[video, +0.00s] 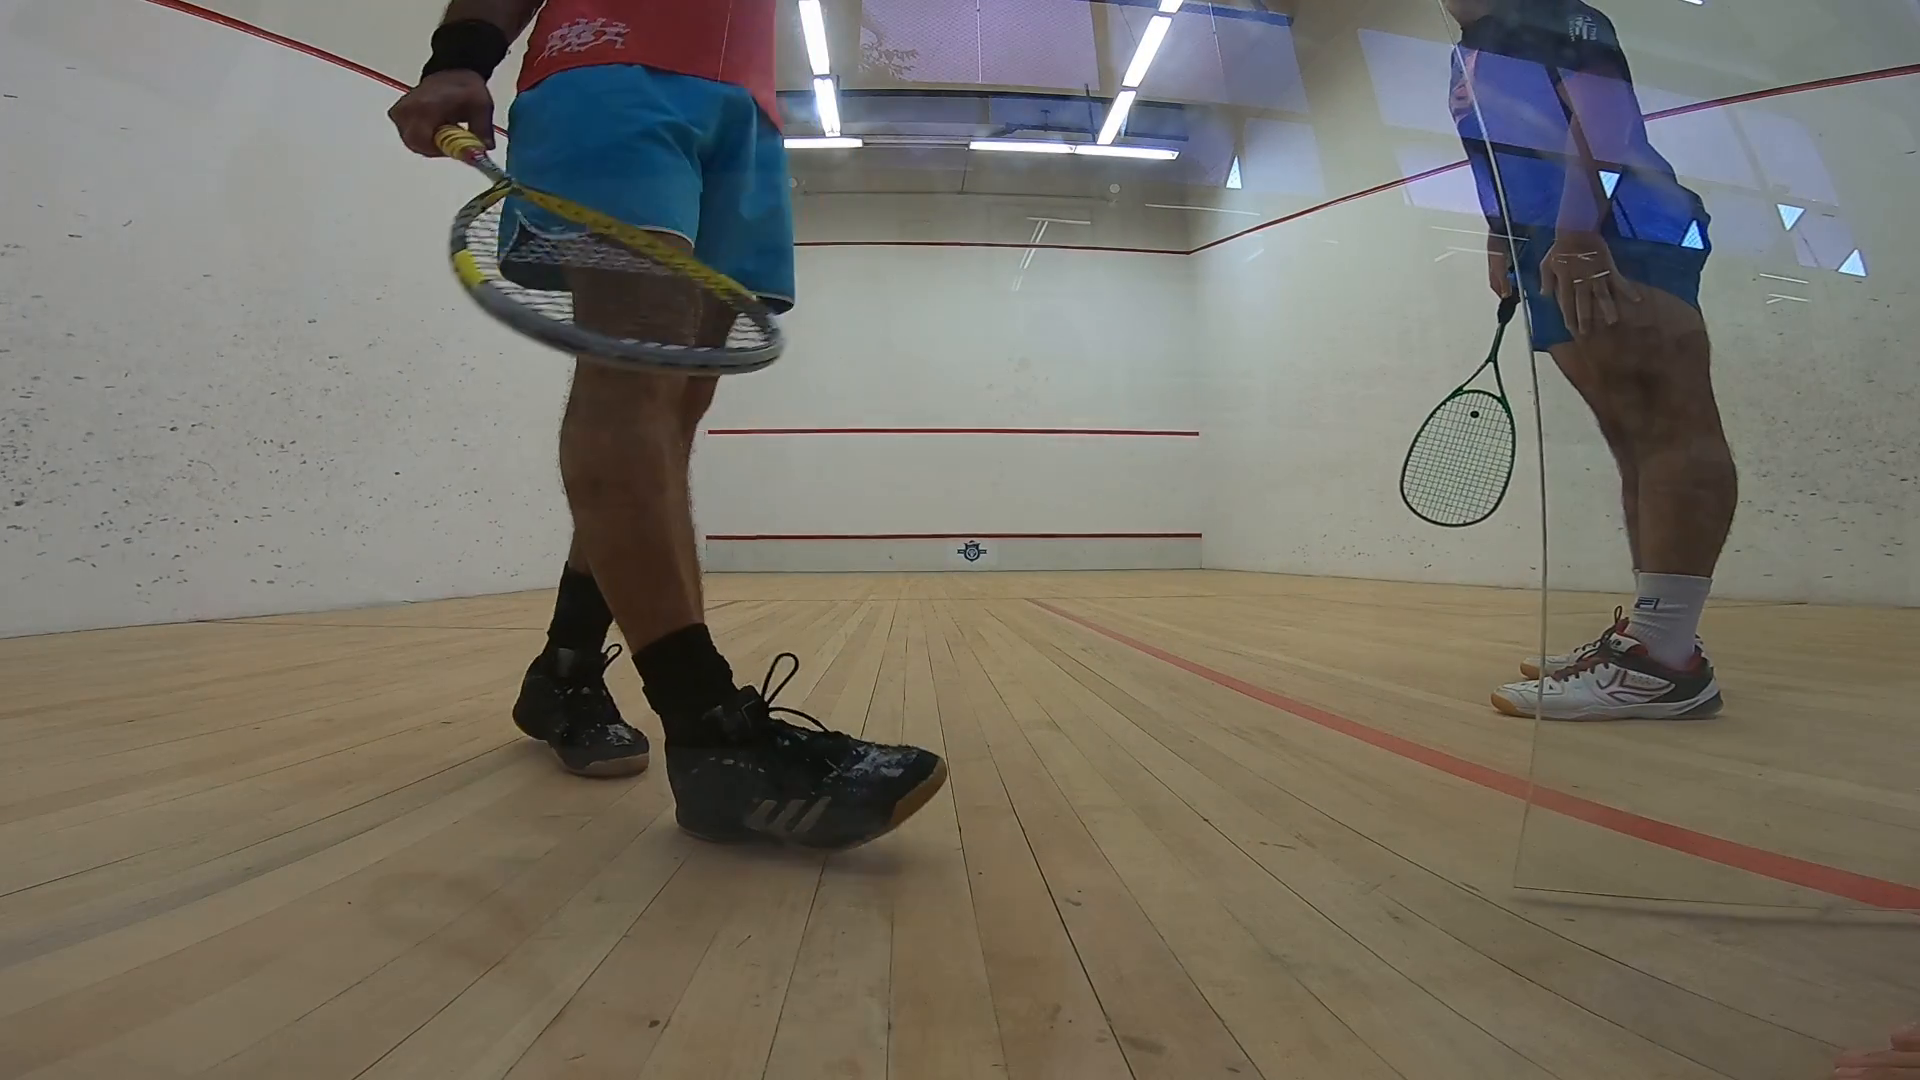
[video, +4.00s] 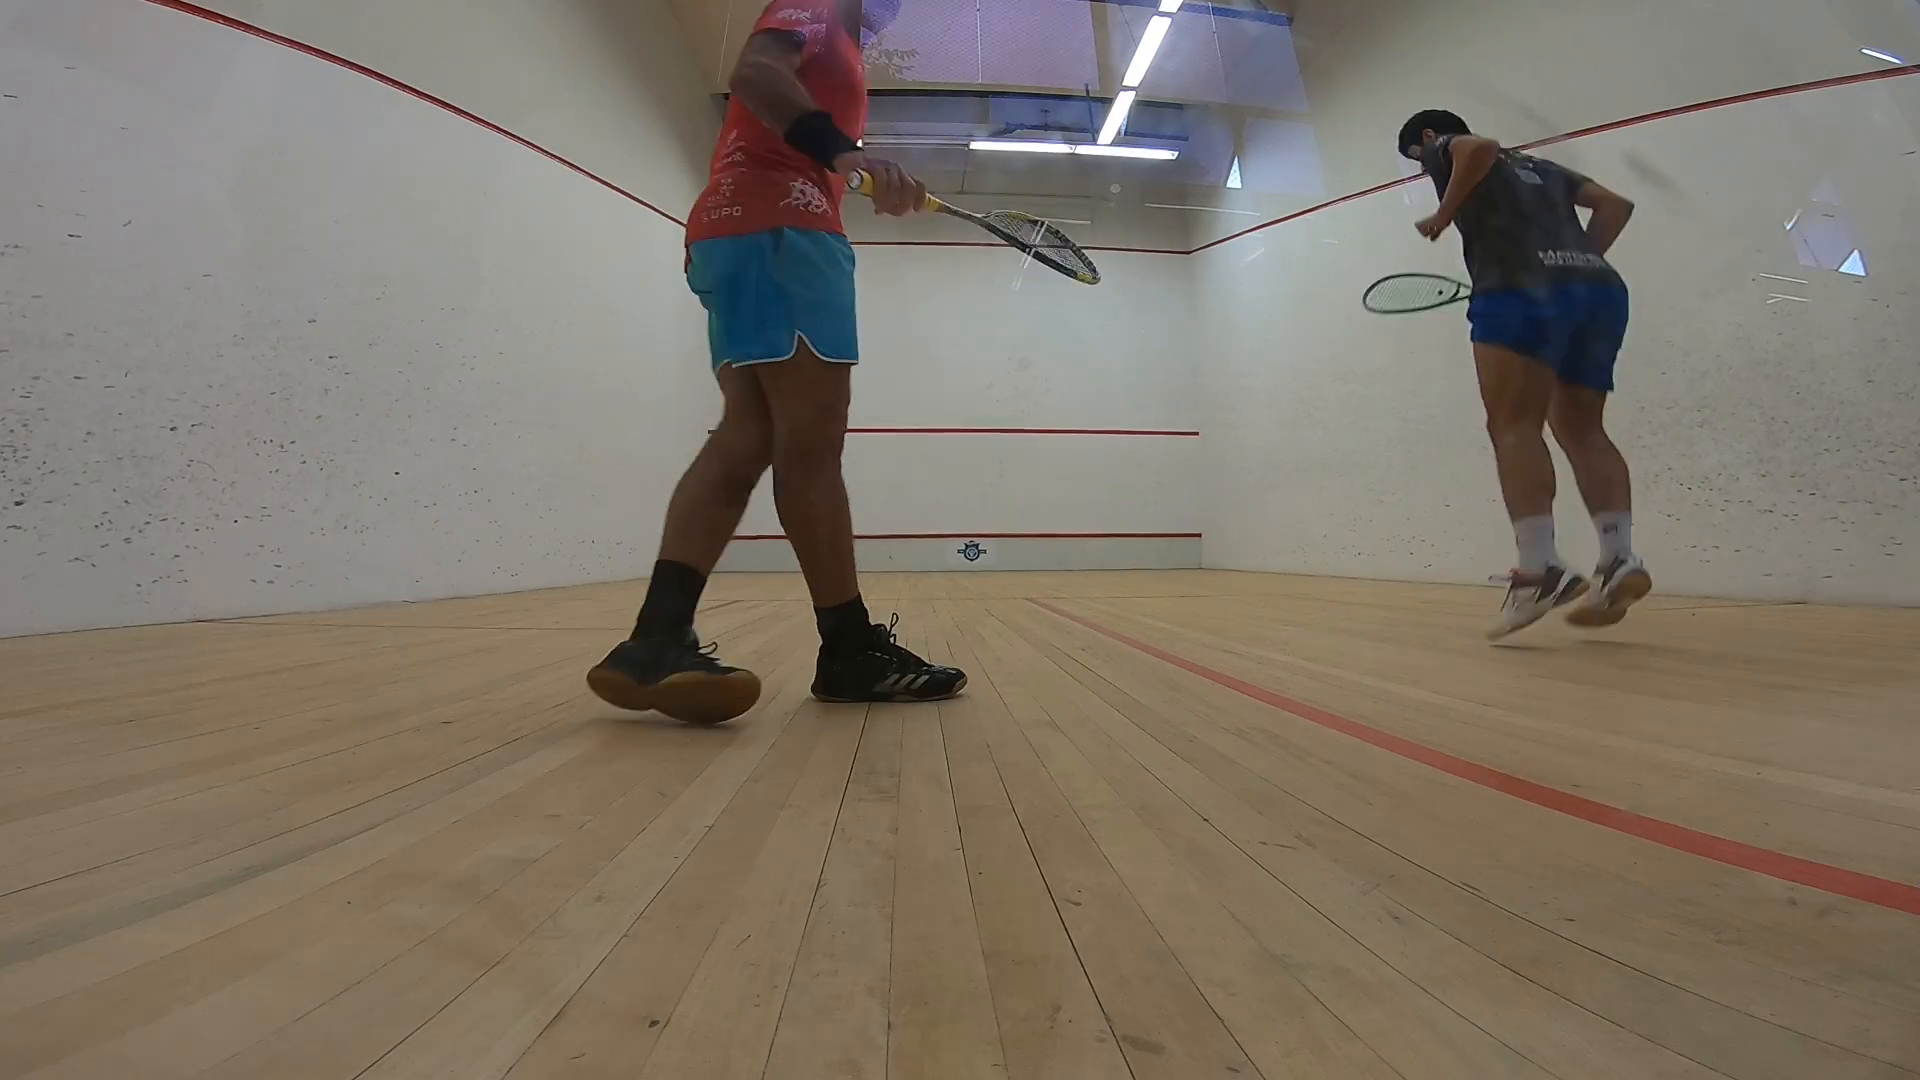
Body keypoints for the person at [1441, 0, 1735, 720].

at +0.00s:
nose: (1446, 3)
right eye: (1444, 6)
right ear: (1461, 8)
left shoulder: (1551, 15)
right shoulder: (1469, 57)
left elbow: (1605, 114)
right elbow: (1503, 155)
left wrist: (1579, 228)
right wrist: (1502, 241)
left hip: (1620, 233)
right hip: (1560, 253)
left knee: (1673, 430)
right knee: (1633, 441)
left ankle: (1667, 656)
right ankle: (1657, 642)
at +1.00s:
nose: (1373, 102)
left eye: (1358, 90)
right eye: (1361, 100)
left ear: (1358, 54)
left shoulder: (1405, 54)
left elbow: (1464, 136)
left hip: (1605, 227)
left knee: (1624, 423)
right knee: (1611, 423)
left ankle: (1663, 658)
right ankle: (1627, 627)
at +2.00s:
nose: (1428, 128)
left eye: (1423, 122)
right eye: (1417, 121)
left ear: (1370, 138)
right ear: (1383, 129)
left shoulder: (1337, 193)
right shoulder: (1447, 147)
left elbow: (1309, 262)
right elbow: (1496, 197)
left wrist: (1357, 329)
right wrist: (1535, 275)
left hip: (1406, 327)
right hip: (1494, 308)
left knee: (1418, 474)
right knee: (1554, 441)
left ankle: (1418, 615)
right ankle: (1553, 565)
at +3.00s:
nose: (1445, 177)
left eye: (1444, 170)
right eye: (1445, 171)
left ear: (1454, 166)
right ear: (1503, 164)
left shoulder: (1434, 201)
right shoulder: (1554, 194)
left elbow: (1415, 258)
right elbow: (1627, 250)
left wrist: (1414, 327)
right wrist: (1637, 313)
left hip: (1477, 352)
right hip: (1559, 351)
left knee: (1463, 475)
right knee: (1551, 479)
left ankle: (1497, 583)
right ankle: (1562, 607)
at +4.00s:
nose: (1419, 161)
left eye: (1416, 153)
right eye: (1415, 157)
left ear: (1429, 137)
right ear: (1463, 125)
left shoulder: (1445, 150)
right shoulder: (1535, 165)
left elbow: (1481, 148)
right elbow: (1615, 206)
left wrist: (1442, 214)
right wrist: (1579, 267)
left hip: (1521, 288)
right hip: (1598, 290)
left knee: (1513, 426)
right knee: (1579, 424)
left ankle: (1537, 571)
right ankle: (1620, 562)